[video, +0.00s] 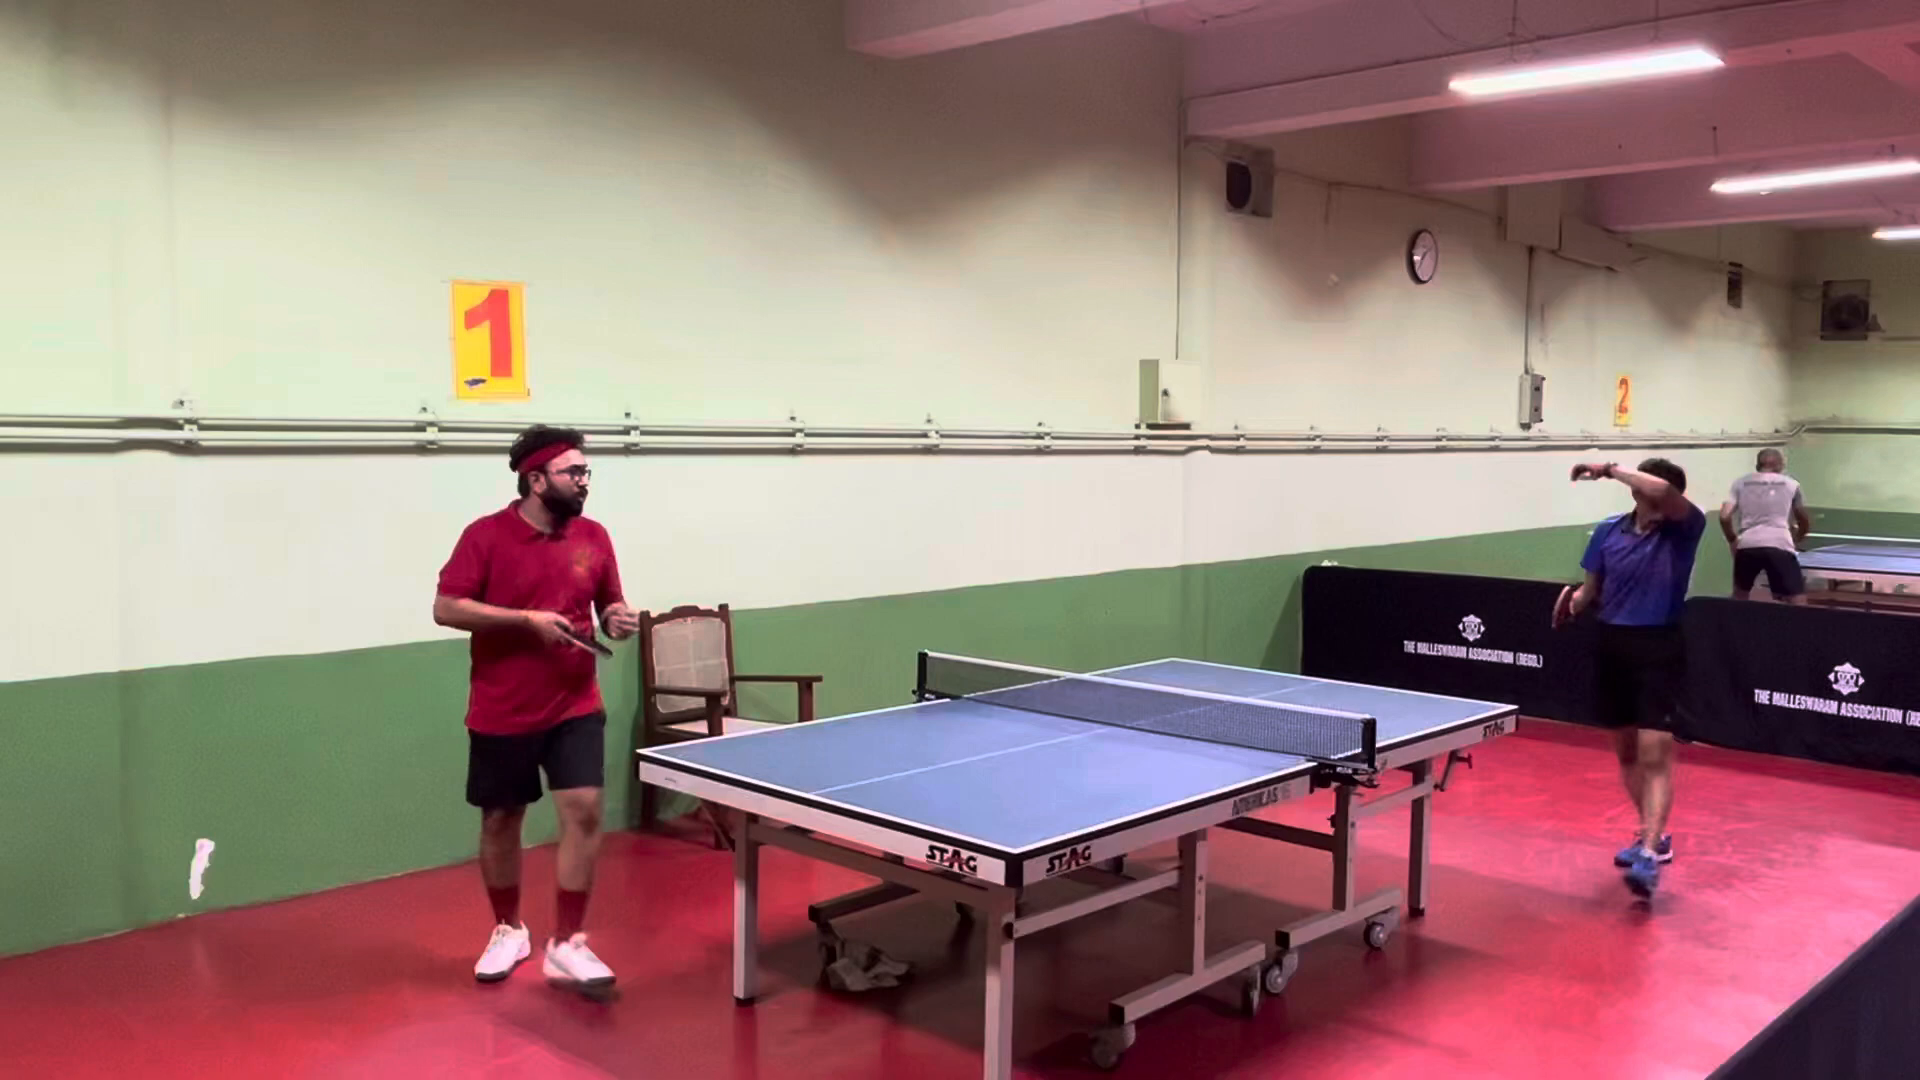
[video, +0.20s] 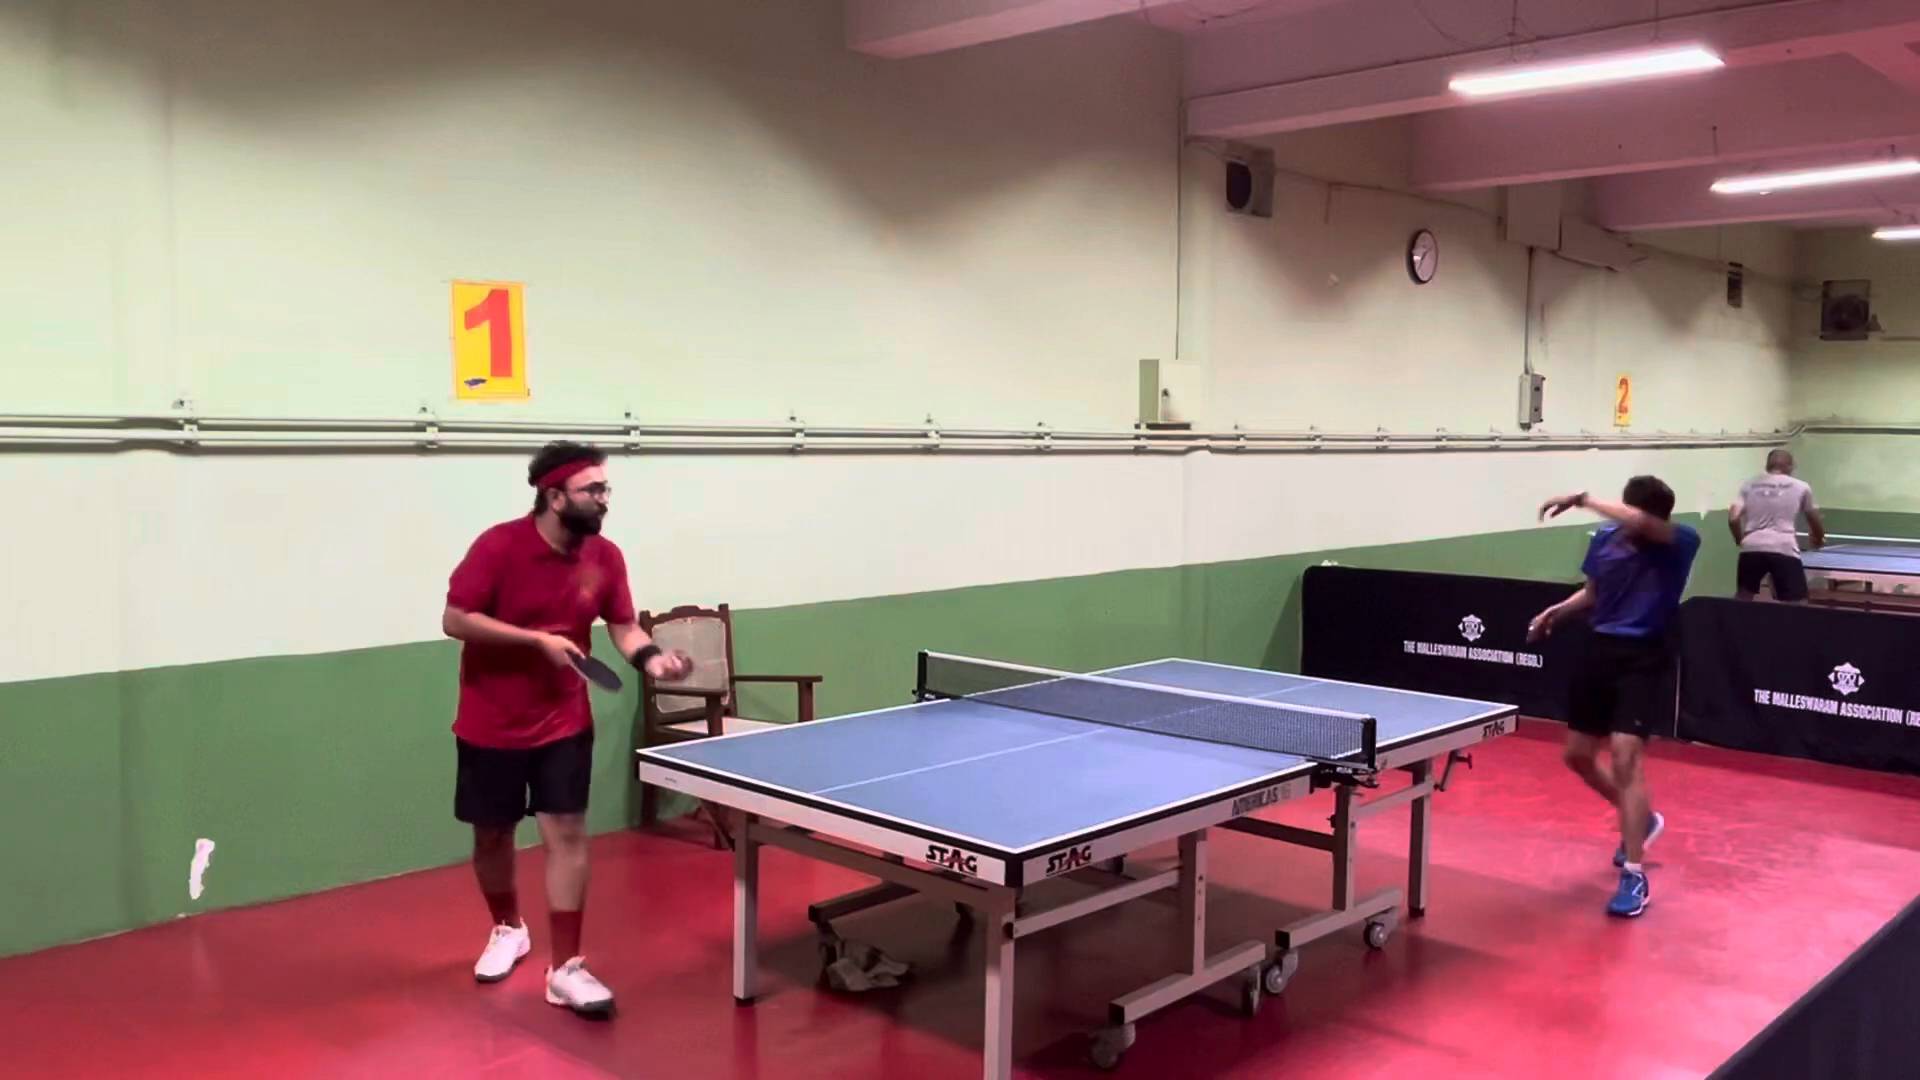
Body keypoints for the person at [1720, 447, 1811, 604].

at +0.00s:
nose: (1782, 468)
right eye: (1781, 465)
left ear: (1757, 466)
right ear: (1781, 466)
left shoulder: (1741, 483)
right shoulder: (1791, 485)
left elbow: (1724, 517)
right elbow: (1804, 522)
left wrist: (1733, 542)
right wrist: (1794, 541)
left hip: (1748, 547)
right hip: (1780, 546)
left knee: (1739, 599)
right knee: (1798, 604)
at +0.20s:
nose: (1793, 469)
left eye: (1791, 465)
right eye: (1792, 466)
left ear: (1768, 466)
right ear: (1789, 466)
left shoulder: (1749, 485)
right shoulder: (1801, 487)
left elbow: (1733, 518)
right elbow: (1815, 524)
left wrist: (1740, 540)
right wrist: (1816, 541)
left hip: (1751, 549)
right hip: (1784, 550)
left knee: (1743, 600)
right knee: (1797, 607)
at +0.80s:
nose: (1787, 472)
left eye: (1787, 468)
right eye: (1787, 468)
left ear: (1762, 465)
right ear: (1784, 468)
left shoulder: (1737, 485)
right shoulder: (1787, 488)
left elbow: (1717, 516)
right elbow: (1809, 529)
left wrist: (1734, 531)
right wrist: (1814, 547)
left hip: (1732, 552)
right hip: (1765, 554)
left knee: (1719, 603)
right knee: (1782, 610)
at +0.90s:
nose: (1776, 478)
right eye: (1777, 475)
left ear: (1754, 469)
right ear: (1775, 473)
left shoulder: (1730, 487)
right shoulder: (1778, 489)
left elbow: (1710, 518)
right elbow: (1802, 530)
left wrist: (1728, 536)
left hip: (1726, 555)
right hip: (1759, 556)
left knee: (1720, 607)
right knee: (1779, 608)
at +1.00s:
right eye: (1763, 476)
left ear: (1741, 473)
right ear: (1763, 475)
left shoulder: (1719, 487)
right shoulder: (1769, 489)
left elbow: (1701, 519)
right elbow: (1788, 530)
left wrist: (1720, 535)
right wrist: (1779, 538)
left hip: (1721, 554)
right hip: (1753, 554)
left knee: (1717, 606)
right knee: (1770, 606)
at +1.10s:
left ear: (1729, 477)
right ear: (1751, 479)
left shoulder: (1711, 490)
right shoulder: (1761, 494)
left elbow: (1696, 520)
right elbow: (1772, 536)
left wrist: (1712, 535)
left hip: (1716, 553)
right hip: (1749, 552)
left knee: (1712, 602)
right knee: (1764, 603)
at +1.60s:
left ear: (1736, 471)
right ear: (1759, 473)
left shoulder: (1720, 485)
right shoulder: (1769, 492)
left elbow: (1704, 515)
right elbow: (1771, 529)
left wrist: (1706, 545)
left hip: (1727, 549)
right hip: (1760, 549)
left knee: (1715, 600)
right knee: (1784, 601)